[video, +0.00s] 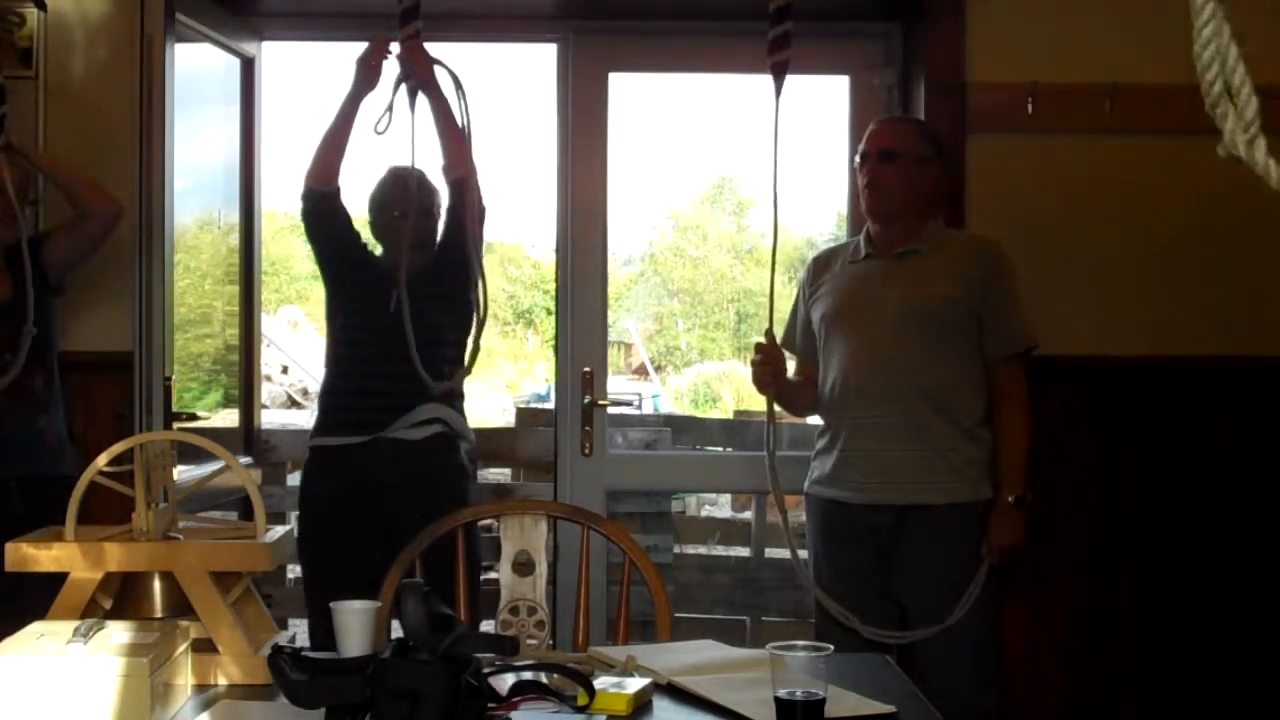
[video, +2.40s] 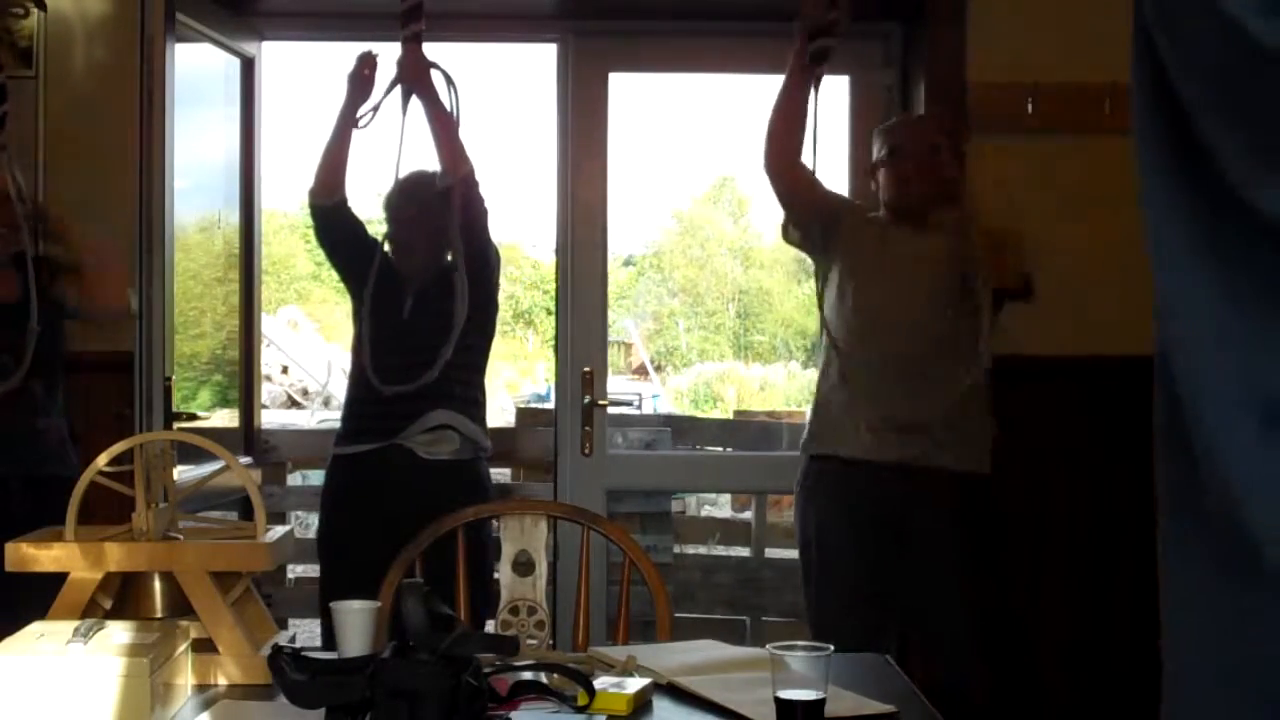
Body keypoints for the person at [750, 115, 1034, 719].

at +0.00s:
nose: (867, 169)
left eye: (887, 158)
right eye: (862, 159)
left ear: (930, 176)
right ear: (853, 174)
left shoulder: (976, 262)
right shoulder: (824, 269)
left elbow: (1010, 387)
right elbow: (813, 394)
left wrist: (1010, 500)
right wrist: (778, 386)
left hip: (947, 511)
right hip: (841, 508)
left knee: (950, 684)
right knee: (850, 680)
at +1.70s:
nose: (966, 176)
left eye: (966, 164)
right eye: (949, 165)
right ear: (894, 179)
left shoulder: (1000, 265)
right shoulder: (834, 259)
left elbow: (1031, 388)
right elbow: (763, 353)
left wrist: (1040, 496)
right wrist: (789, 280)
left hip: (970, 508)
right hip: (859, 506)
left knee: (969, 685)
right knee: (862, 681)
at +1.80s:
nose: (971, 172)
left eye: (971, 160)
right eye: (951, 160)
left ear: (977, 170)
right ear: (899, 178)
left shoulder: (1009, 262)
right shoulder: (851, 251)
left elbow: (1038, 384)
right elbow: (751, 301)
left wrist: (1053, 488)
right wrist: (797, 208)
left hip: (977, 509)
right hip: (868, 508)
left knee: (973, 686)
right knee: (864, 683)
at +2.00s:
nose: (960, 170)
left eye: (968, 158)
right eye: (942, 157)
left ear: (981, 169)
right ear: (903, 173)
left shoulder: (1016, 264)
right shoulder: (867, 245)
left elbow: (1046, 388)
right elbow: (757, 200)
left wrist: (1036, 494)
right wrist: (808, 90)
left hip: (977, 502)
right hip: (868, 502)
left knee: (977, 678)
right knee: (871, 675)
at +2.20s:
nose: (939, 167)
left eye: (953, 154)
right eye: (922, 153)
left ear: (969, 169)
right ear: (892, 170)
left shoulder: (1006, 261)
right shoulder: (857, 241)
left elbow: (1035, 388)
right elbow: (781, 159)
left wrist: (1005, 470)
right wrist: (812, 50)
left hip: (969, 505)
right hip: (861, 499)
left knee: (971, 675)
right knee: (866, 673)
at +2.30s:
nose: (929, 165)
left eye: (944, 154)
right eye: (912, 153)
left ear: (963, 169)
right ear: (884, 172)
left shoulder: (994, 259)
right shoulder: (851, 239)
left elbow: (1025, 365)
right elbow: (780, 163)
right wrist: (812, 56)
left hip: (957, 490)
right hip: (855, 486)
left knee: (961, 667)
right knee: (862, 665)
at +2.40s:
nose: (919, 170)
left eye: (934, 155)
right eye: (900, 156)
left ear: (956, 166)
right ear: (873, 176)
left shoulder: (980, 242)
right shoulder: (847, 233)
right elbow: (783, 165)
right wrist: (801, 70)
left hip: (947, 476)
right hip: (847, 470)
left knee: (952, 652)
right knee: (853, 651)